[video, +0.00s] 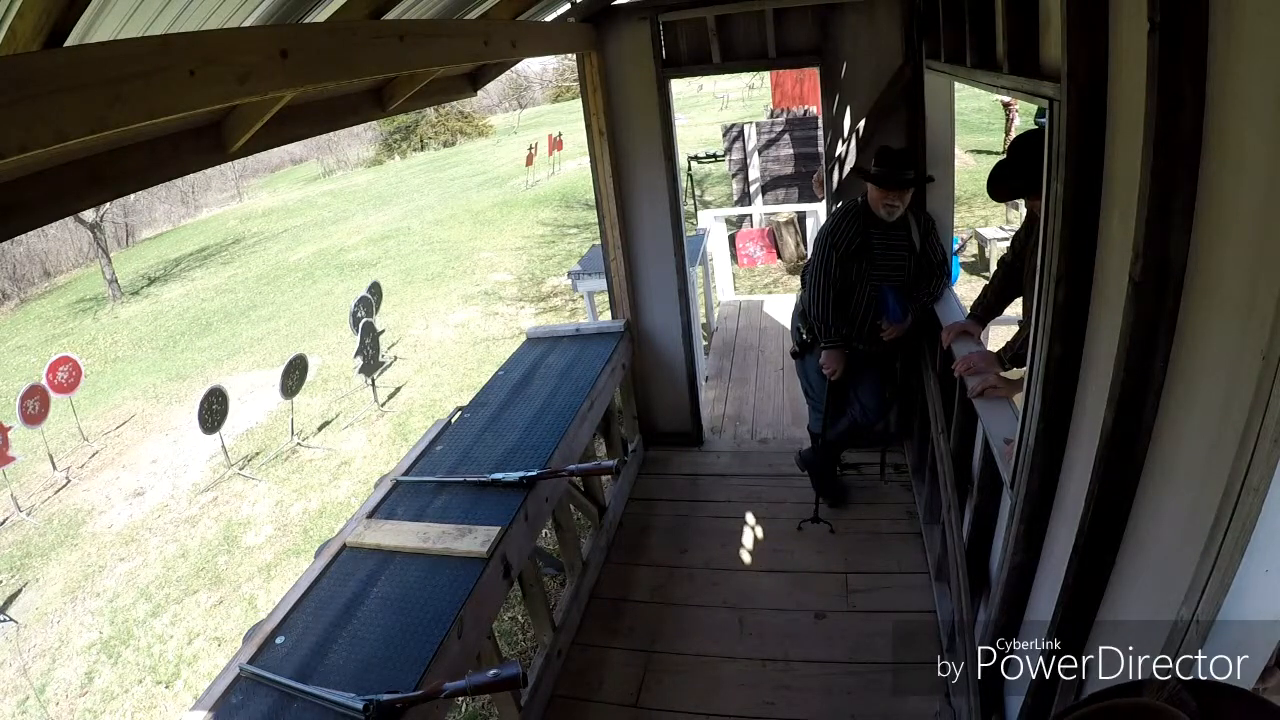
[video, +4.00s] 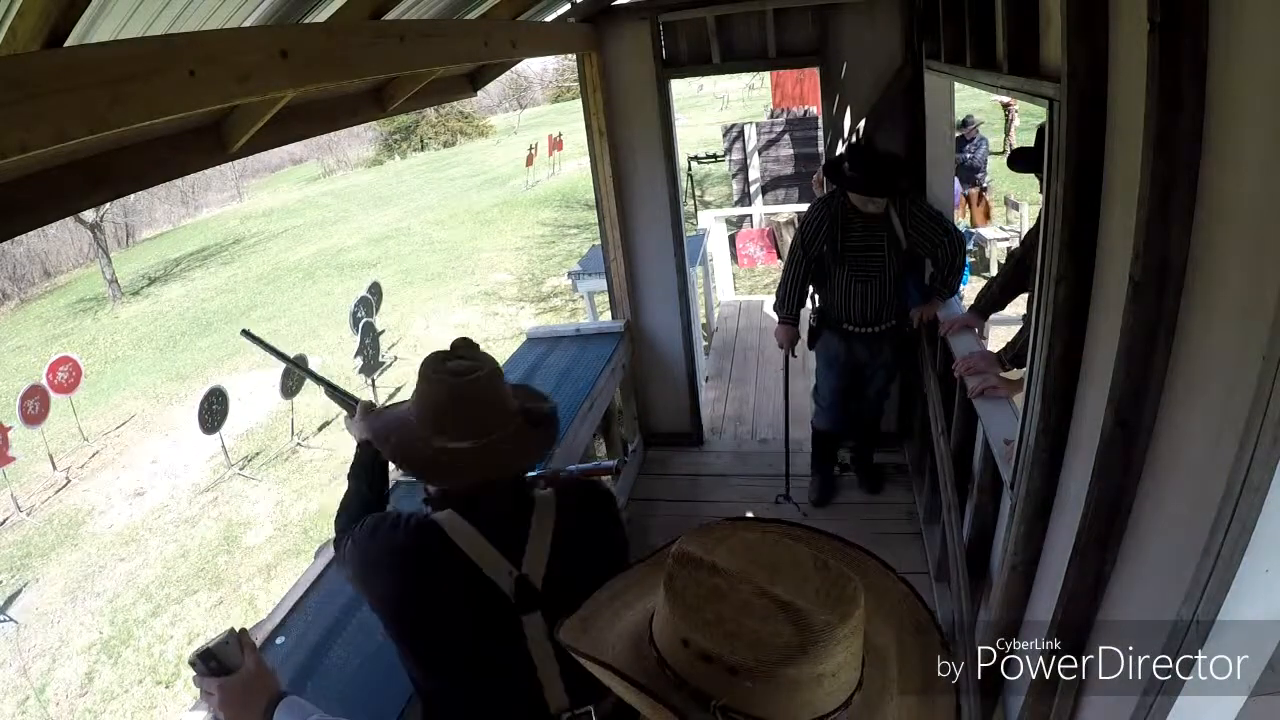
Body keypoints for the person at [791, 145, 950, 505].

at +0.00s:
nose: (894, 196)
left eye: (903, 188)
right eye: (884, 186)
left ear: (914, 189)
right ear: (868, 184)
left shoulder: (922, 226)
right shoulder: (844, 224)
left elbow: (938, 275)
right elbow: (820, 282)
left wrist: (909, 317)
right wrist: (830, 343)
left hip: (875, 336)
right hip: (824, 335)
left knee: (871, 409)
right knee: (827, 411)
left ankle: (817, 456)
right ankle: (827, 478)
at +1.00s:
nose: (886, 199)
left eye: (897, 191)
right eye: (878, 190)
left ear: (911, 192)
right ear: (865, 186)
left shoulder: (920, 225)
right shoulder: (844, 223)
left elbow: (937, 273)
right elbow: (820, 282)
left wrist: (909, 317)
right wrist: (831, 343)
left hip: (875, 335)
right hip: (824, 334)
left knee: (871, 409)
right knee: (826, 410)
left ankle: (817, 455)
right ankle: (827, 478)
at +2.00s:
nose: (880, 198)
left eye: (891, 190)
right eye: (873, 188)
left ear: (908, 192)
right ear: (863, 186)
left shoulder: (919, 225)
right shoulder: (842, 225)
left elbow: (937, 275)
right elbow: (820, 285)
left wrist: (907, 317)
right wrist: (830, 344)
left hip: (876, 337)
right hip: (825, 338)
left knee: (874, 410)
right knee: (830, 413)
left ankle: (843, 467)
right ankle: (832, 484)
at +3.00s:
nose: (852, 182)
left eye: (863, 174)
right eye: (847, 172)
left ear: (885, 174)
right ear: (840, 171)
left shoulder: (906, 216)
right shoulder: (824, 215)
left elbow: (934, 270)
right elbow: (801, 270)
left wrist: (912, 318)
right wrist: (801, 324)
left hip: (882, 334)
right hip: (832, 331)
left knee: (873, 404)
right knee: (830, 405)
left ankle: (865, 460)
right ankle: (826, 472)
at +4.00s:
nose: (872, 203)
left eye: (879, 196)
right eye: (864, 196)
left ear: (890, 189)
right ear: (849, 186)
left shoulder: (909, 212)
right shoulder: (826, 213)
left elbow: (951, 244)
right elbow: (798, 263)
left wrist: (937, 297)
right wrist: (787, 317)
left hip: (888, 333)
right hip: (836, 333)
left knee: (874, 404)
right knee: (829, 405)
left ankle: (865, 462)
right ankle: (823, 474)